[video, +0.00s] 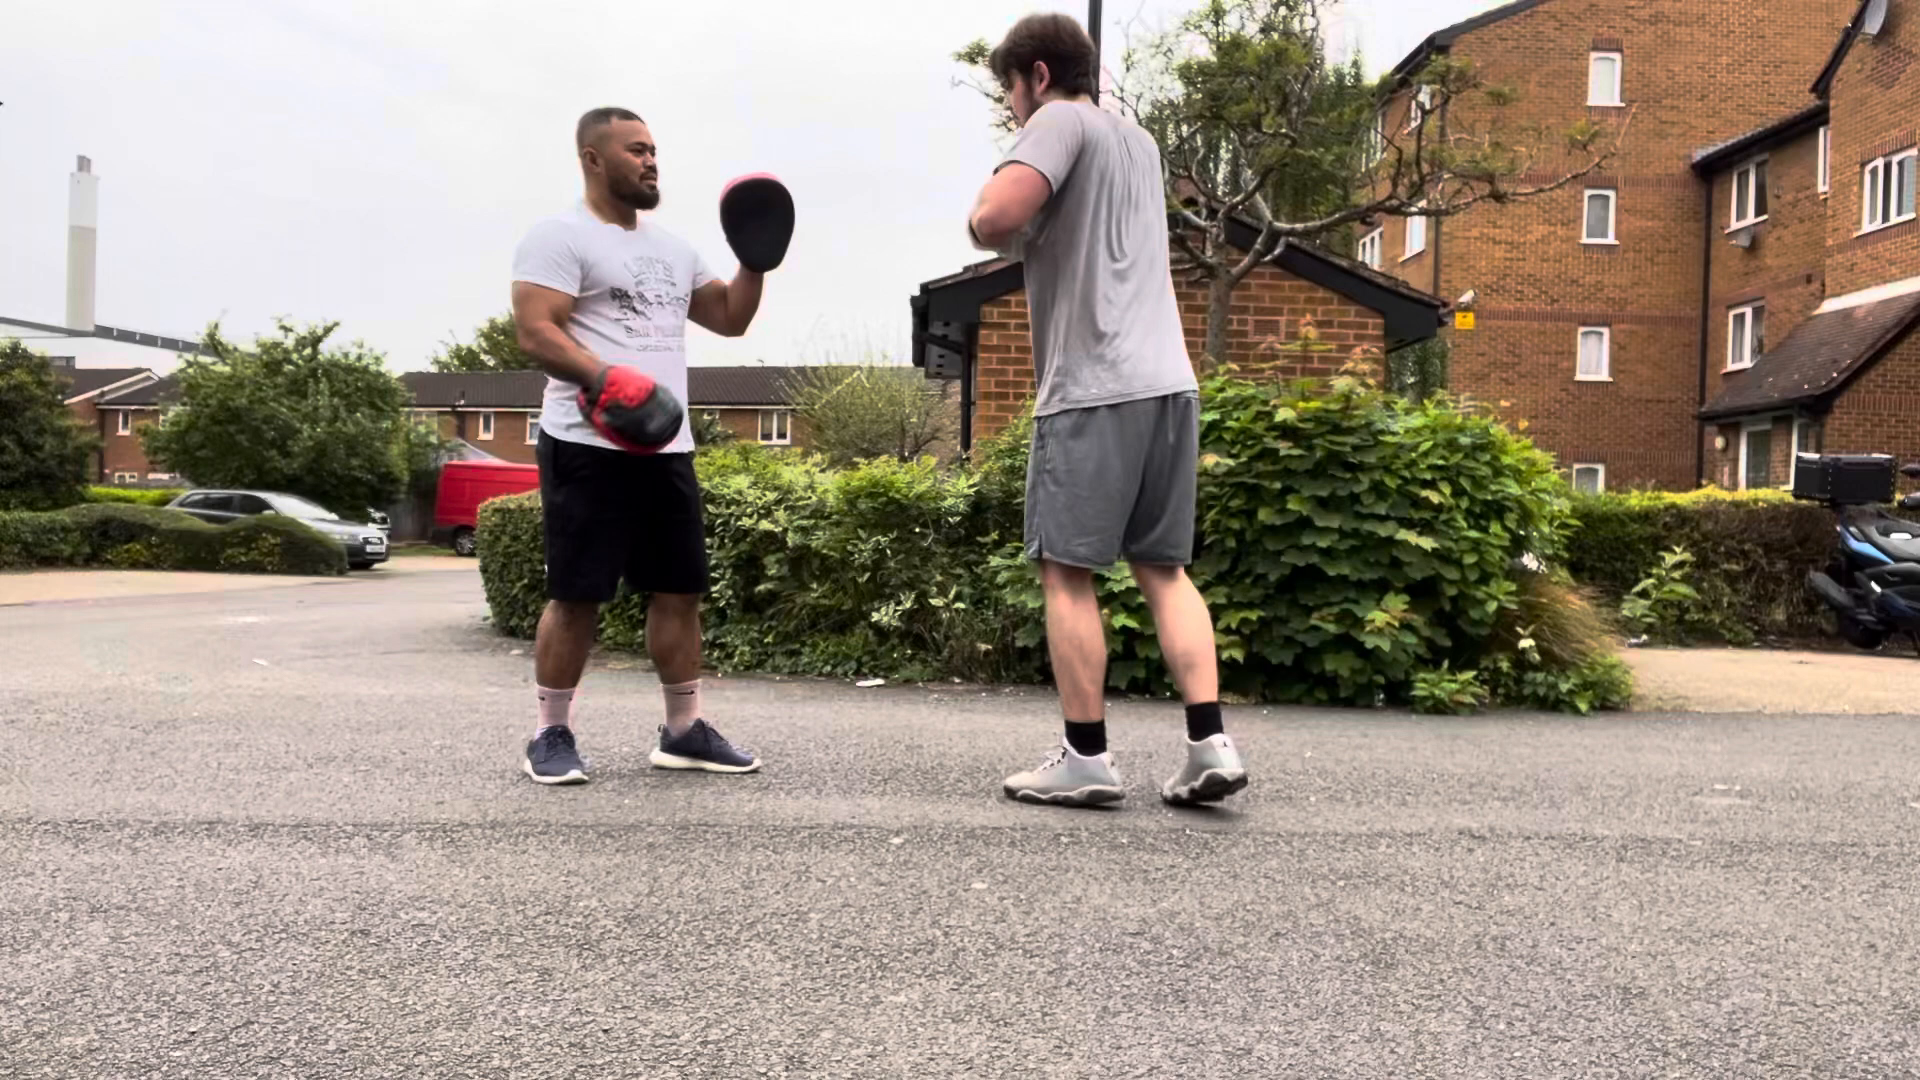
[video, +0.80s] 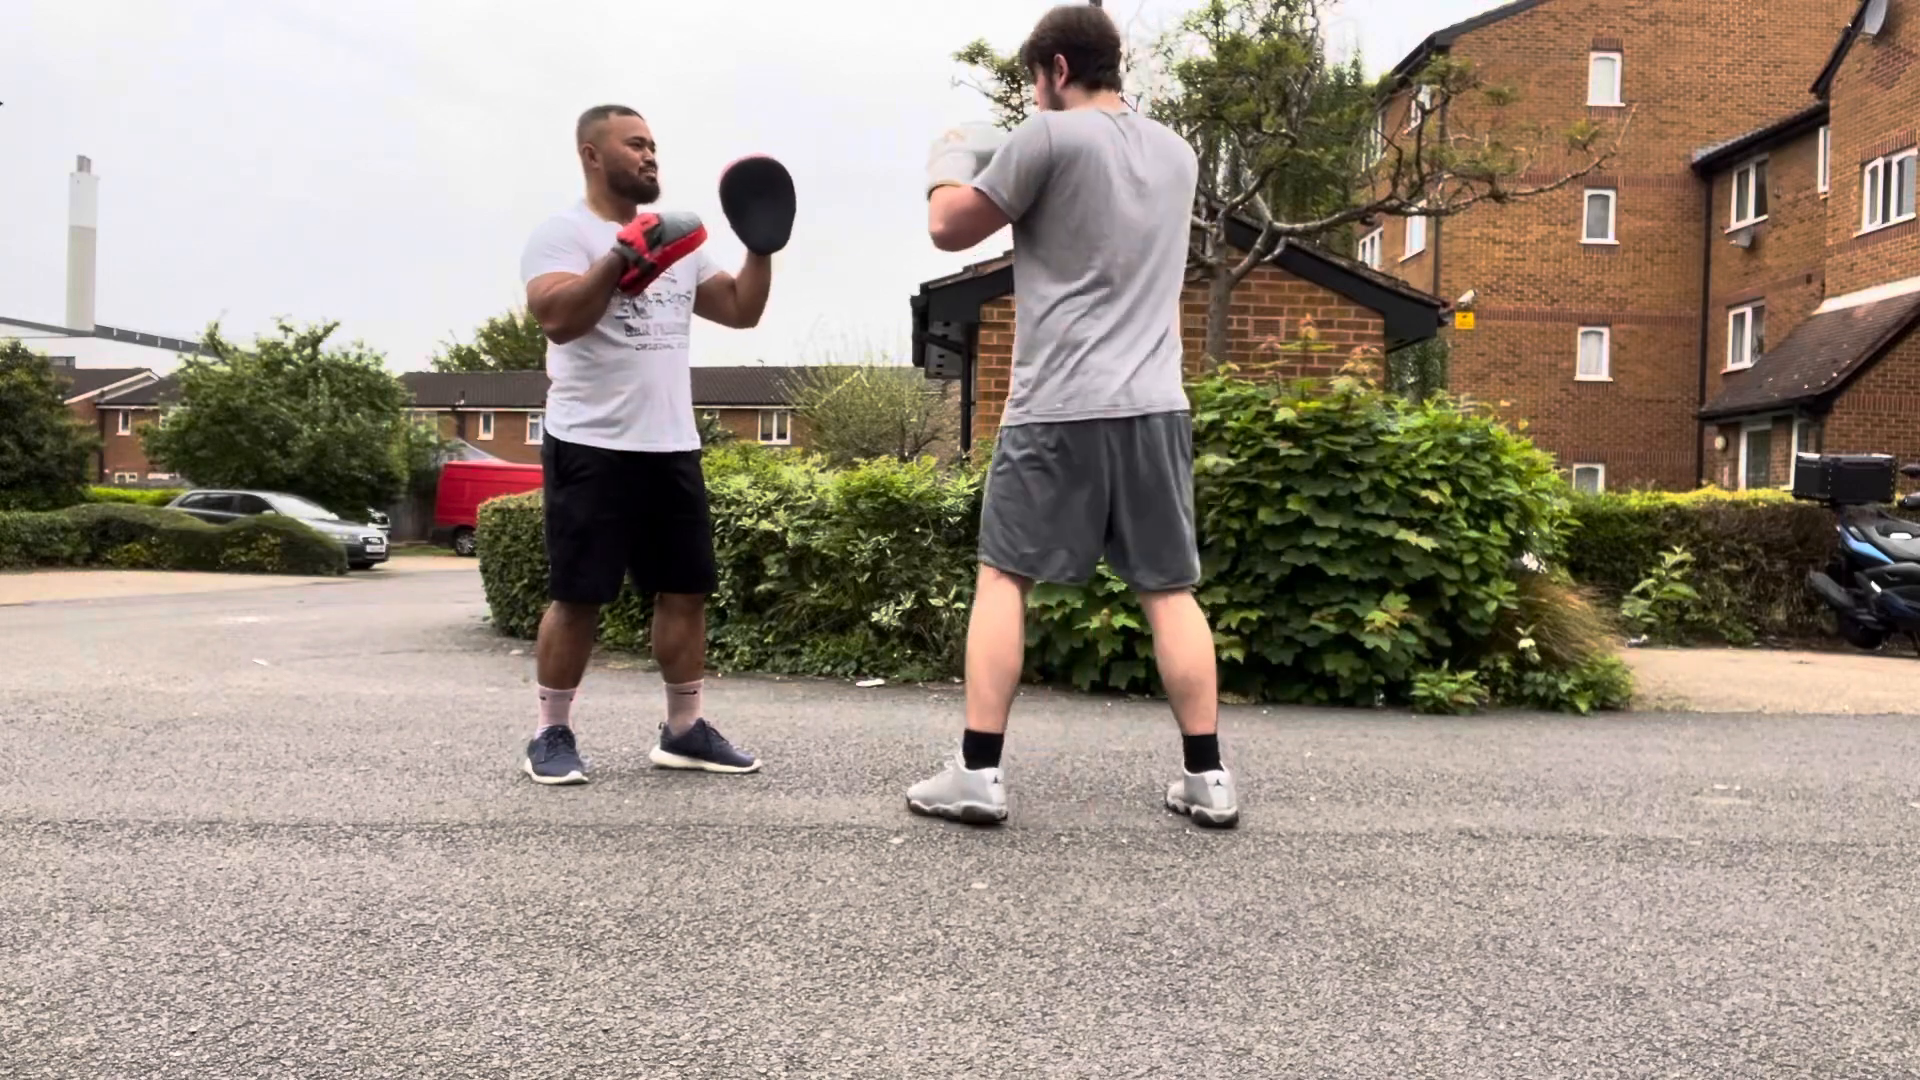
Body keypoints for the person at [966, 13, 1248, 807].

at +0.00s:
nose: (1012, 106)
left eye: (1012, 90)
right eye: (1009, 92)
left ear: (1040, 74)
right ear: (1084, 75)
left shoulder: (1062, 121)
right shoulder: (1139, 138)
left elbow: (993, 218)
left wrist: (1015, 229)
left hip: (1093, 389)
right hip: (1172, 383)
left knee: (1067, 572)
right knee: (1163, 564)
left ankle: (1084, 757)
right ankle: (1211, 745)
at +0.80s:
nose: (1033, 93)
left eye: (1033, 79)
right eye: (1032, 80)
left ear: (1056, 71)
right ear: (1113, 67)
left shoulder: (1049, 138)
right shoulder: (1178, 150)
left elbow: (950, 228)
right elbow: (1118, 228)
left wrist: (948, 166)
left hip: (1053, 406)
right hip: (1158, 404)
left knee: (1002, 576)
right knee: (1170, 587)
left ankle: (979, 773)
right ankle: (1208, 777)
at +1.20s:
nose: (964, 87)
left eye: (963, 75)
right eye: (963, 75)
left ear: (986, 69)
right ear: (1047, 60)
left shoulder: (961, 135)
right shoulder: (1119, 130)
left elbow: (847, 187)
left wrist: (814, 199)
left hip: (1004, 395)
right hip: (1109, 390)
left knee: (970, 585)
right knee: (1140, 574)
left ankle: (975, 775)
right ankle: (1204, 760)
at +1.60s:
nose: (943, 87)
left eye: (941, 71)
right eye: (940, 72)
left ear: (967, 58)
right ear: (1018, 50)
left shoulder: (1000, 135)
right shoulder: (1063, 119)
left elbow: (963, 277)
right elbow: (925, 154)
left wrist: (892, 283)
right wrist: (814, 149)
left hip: (1031, 395)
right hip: (1115, 382)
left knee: (981, 581)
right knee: (1137, 577)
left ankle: (976, 777)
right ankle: (1204, 764)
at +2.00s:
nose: (967, 92)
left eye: (966, 75)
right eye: (963, 77)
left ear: (992, 67)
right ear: (1038, 59)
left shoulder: (1036, 146)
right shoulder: (1092, 131)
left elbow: (1014, 292)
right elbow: (1026, 230)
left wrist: (926, 285)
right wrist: (929, 218)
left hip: (1071, 402)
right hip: (1156, 389)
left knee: (1008, 576)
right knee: (1157, 587)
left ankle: (976, 777)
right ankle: (1207, 779)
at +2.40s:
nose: (1104, 83)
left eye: (1103, 71)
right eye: (1104, 72)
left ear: (1125, 60)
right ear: (1189, 59)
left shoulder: (1097, 127)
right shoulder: (1253, 148)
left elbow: (1025, 245)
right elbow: (1235, 257)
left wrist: (1052, 206)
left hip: (1098, 407)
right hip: (1201, 407)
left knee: (1032, 578)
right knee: (1190, 594)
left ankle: (983, 772)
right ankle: (1206, 781)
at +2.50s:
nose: (1124, 88)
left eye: (1124, 76)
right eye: (1126, 77)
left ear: (1143, 69)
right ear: (1206, 67)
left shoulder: (1107, 133)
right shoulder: (1270, 160)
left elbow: (1037, 249)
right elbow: (1246, 264)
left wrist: (1065, 209)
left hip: (1099, 408)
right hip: (1206, 409)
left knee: (1035, 575)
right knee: (1194, 596)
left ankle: (988, 764)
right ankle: (1207, 780)